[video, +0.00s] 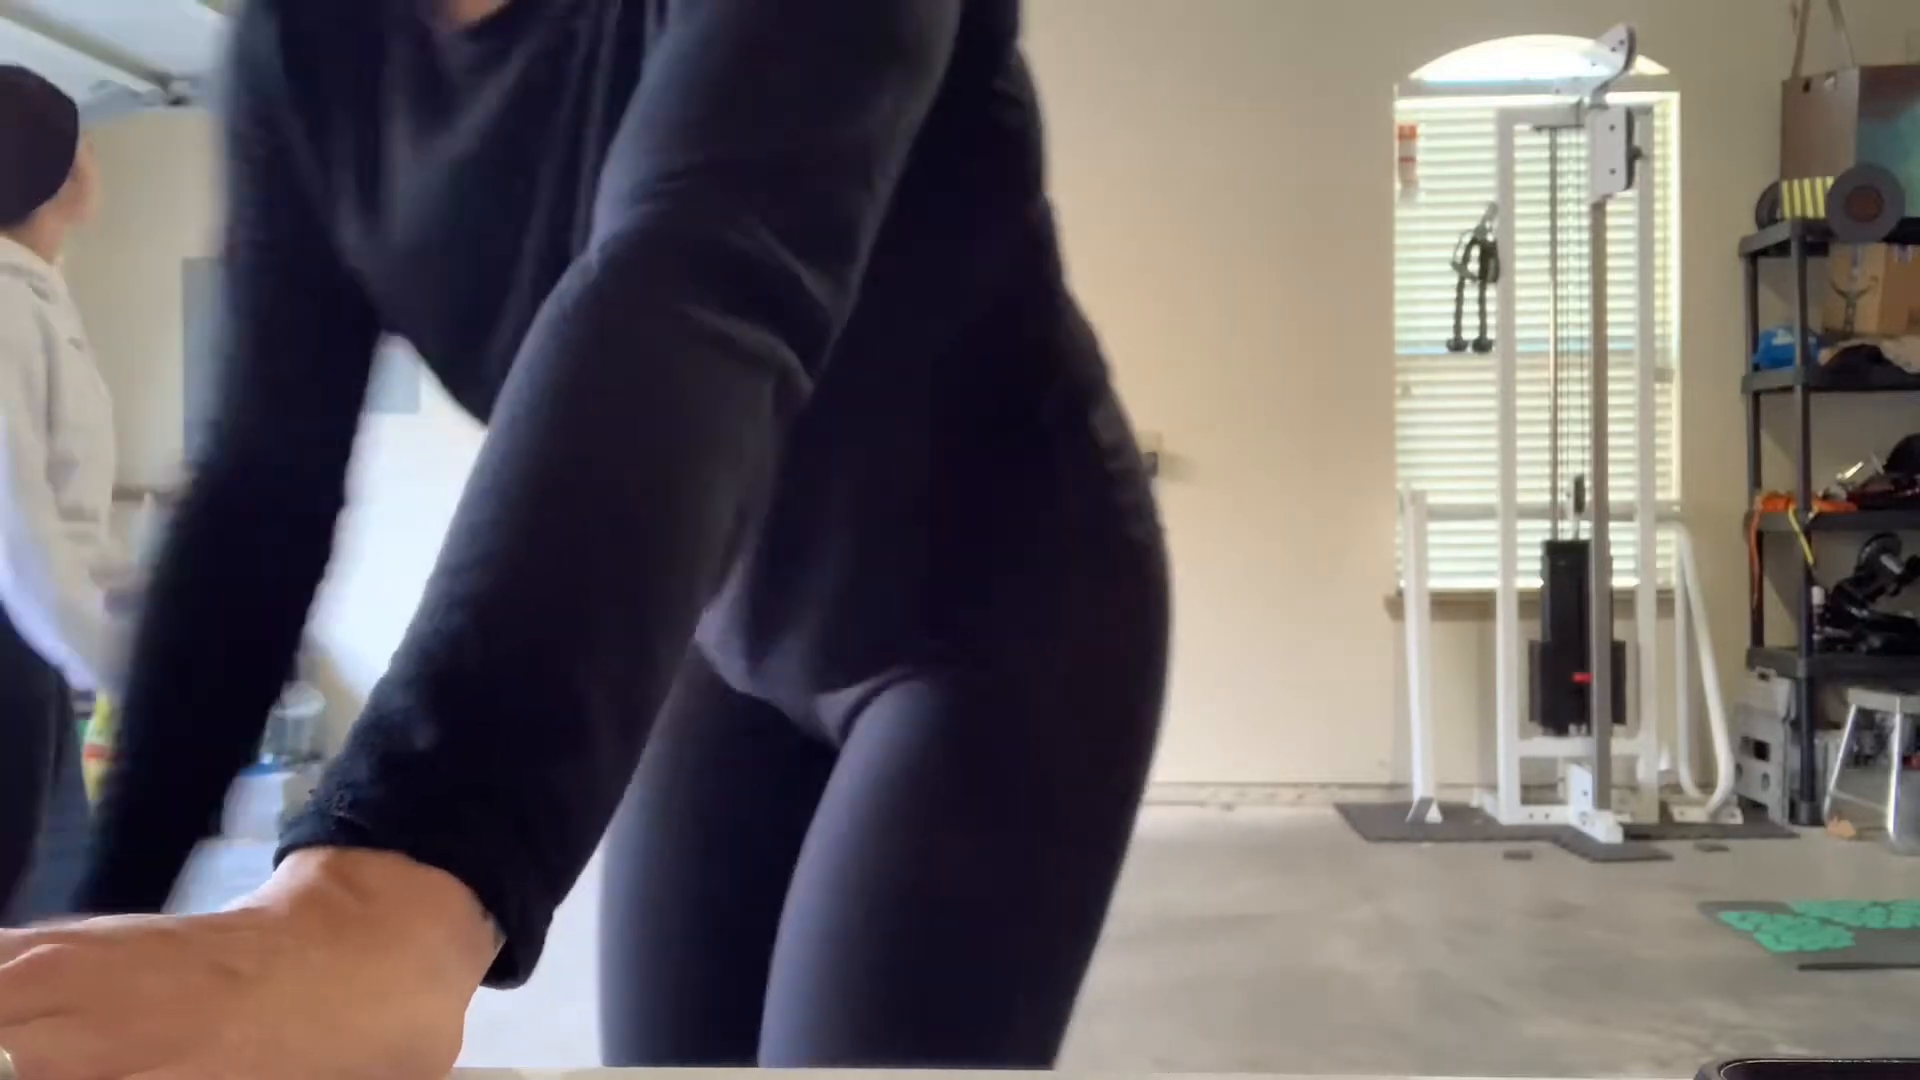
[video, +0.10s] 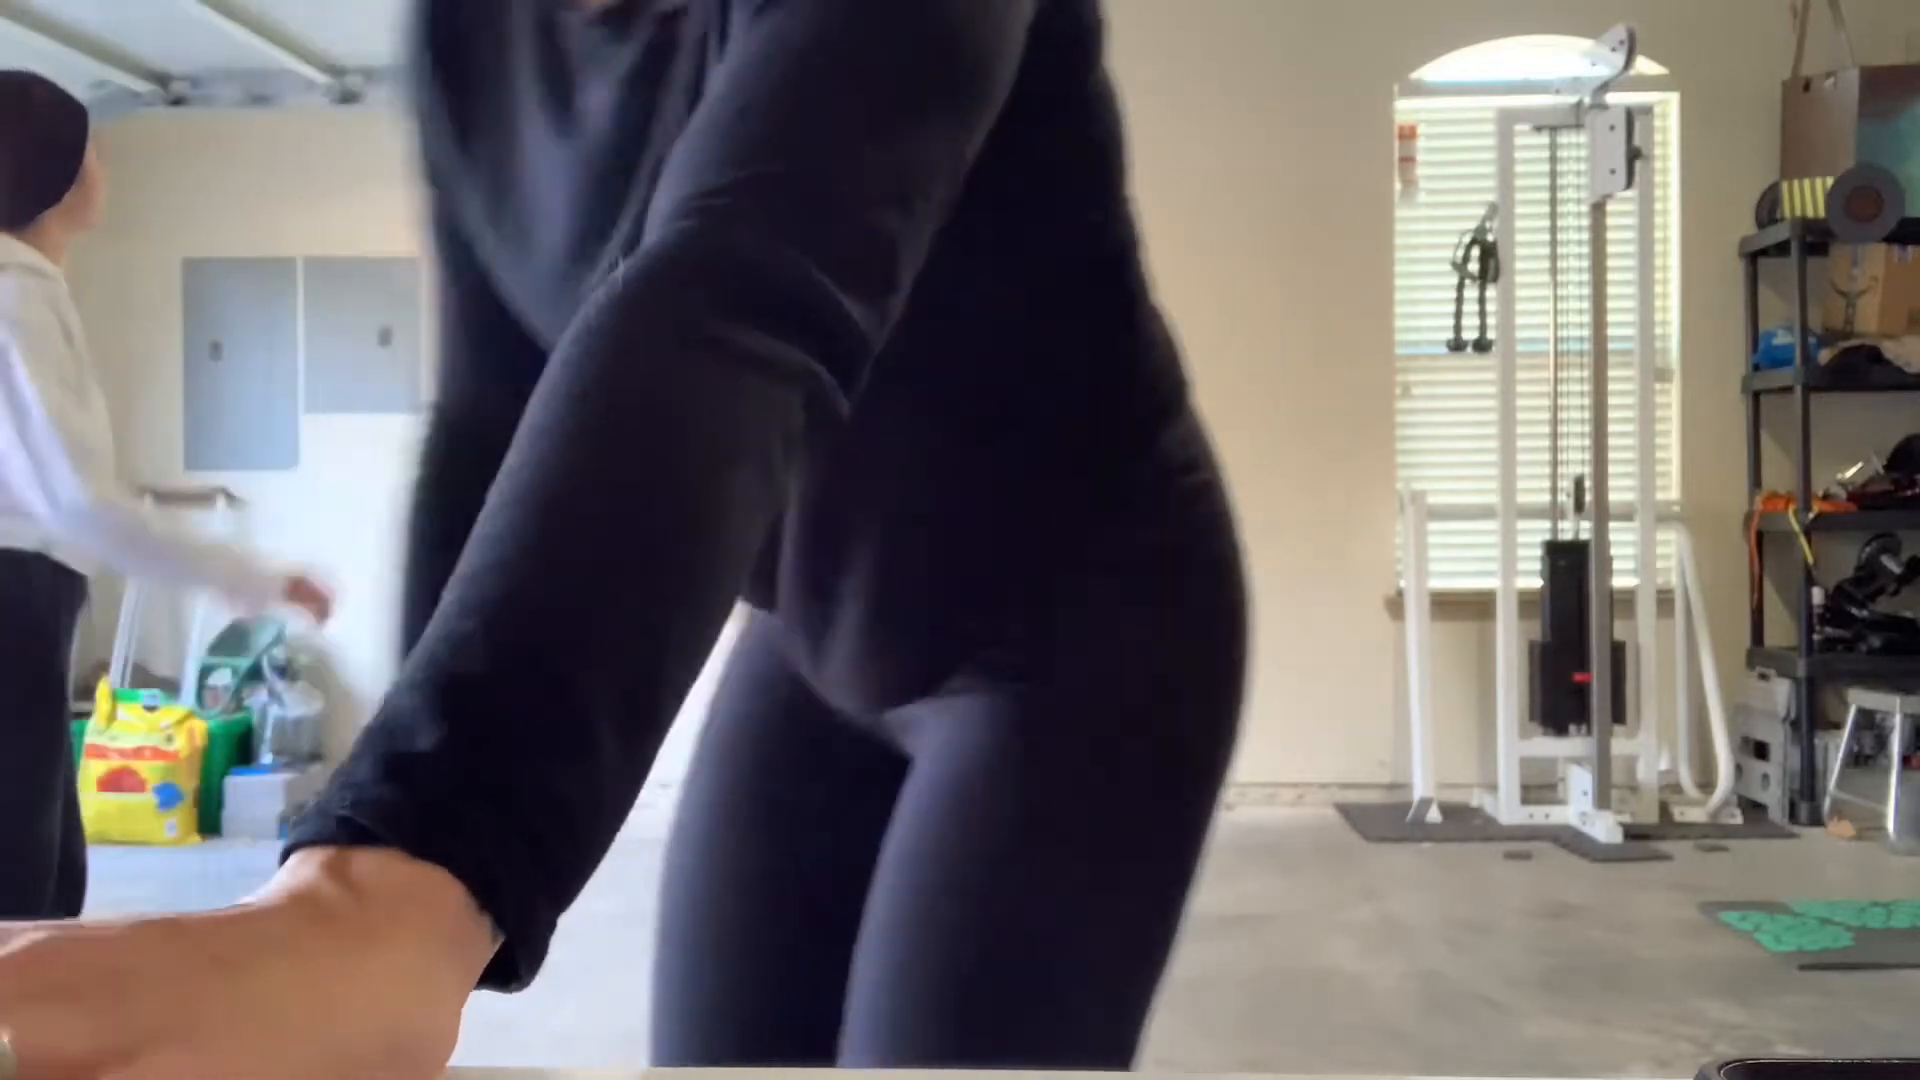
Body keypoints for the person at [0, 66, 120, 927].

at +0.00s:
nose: (95, 170)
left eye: (87, 151)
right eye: (86, 152)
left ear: (29, 176)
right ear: (63, 172)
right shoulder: (16, 307)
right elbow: (17, 529)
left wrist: (107, 599)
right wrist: (111, 667)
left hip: (48, 650)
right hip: (24, 658)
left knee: (57, 861)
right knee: (41, 867)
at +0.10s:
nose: (101, 168)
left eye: (95, 148)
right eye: (88, 149)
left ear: (24, 172)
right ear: (55, 169)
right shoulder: (17, 293)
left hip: (36, 592)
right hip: (17, 594)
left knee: (48, 864)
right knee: (27, 866)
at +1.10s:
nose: (328, 227)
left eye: (319, 206)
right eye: (323, 210)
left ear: (222, 220)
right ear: (319, 222)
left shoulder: (169, 318)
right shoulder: (343, 310)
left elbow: (201, 245)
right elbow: (449, 239)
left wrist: (245, 181)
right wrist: (360, 154)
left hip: (217, 591)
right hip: (323, 590)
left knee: (200, 836)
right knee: (404, 822)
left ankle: (96, 1047)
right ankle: (419, 1039)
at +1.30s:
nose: (403, 225)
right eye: (398, 209)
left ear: (299, 222)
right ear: (397, 218)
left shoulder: (253, 317)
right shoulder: (423, 306)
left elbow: (245, 262)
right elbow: (531, 231)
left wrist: (300, 183)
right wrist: (434, 159)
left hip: (298, 571)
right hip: (405, 570)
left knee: (305, 798)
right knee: (438, 816)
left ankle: (220, 995)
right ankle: (422, 1037)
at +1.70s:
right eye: (444, 226)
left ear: (356, 252)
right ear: (449, 244)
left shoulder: (318, 343)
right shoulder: (486, 331)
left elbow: (287, 292)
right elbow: (580, 276)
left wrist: (348, 223)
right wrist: (490, 209)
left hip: (365, 578)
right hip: (465, 577)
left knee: (384, 799)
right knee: (464, 808)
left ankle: (388, 993)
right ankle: (427, 1028)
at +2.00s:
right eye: (423, 220)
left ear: (342, 267)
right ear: (432, 253)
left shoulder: (322, 351)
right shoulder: (483, 340)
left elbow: (273, 331)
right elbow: (595, 311)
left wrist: (305, 262)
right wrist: (523, 238)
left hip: (362, 581)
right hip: (458, 580)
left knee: (375, 791)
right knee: (506, 789)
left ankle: (386, 987)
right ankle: (457, 956)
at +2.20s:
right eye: (453, 250)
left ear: (368, 269)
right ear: (456, 270)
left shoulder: (336, 353)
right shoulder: (494, 344)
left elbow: (314, 329)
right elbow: (602, 318)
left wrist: (373, 271)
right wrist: (520, 262)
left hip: (381, 581)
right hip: (478, 578)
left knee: (388, 783)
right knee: (529, 768)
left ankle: (391, 985)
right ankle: (529, 957)